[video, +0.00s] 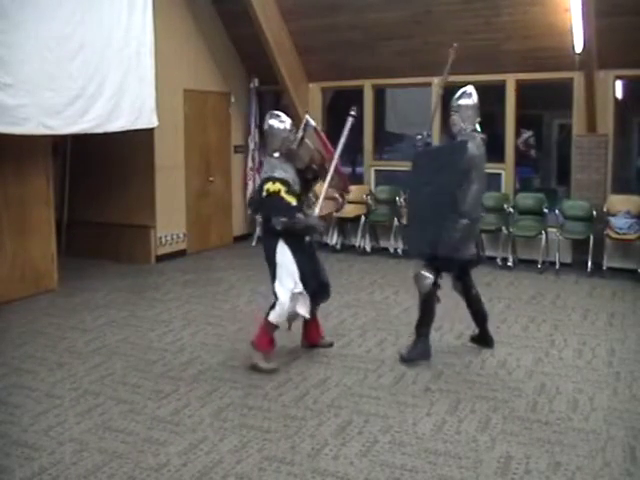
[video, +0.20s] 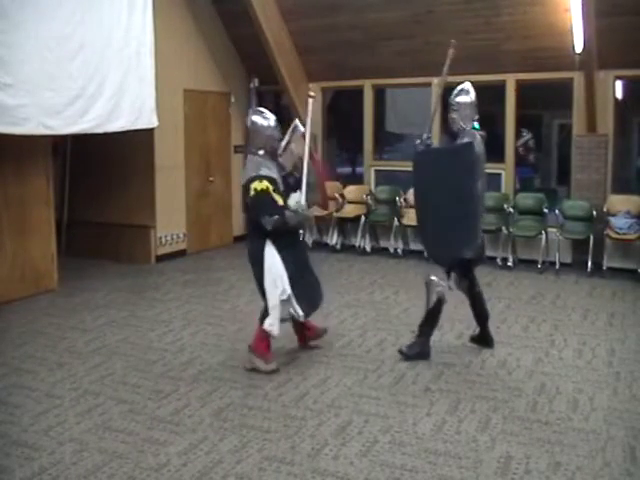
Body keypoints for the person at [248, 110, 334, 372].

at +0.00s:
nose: (310, 158)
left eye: (312, 154)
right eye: (306, 152)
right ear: (291, 150)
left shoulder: (293, 172)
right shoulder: (276, 176)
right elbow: (279, 216)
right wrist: (309, 223)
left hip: (297, 234)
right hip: (279, 237)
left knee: (313, 284)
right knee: (288, 289)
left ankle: (311, 333)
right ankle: (261, 343)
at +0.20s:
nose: (278, 142)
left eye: (277, 137)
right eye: (274, 138)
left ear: (261, 139)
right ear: (263, 140)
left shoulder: (272, 166)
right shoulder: (259, 175)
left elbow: (287, 190)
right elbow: (272, 220)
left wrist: (298, 160)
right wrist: (302, 216)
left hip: (281, 239)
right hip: (267, 244)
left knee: (294, 285)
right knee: (278, 293)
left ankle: (304, 328)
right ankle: (259, 346)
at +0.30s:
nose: (269, 136)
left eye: (268, 131)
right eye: (264, 131)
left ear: (259, 133)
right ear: (252, 133)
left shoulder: (265, 162)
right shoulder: (251, 170)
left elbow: (280, 188)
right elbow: (263, 215)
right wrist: (291, 211)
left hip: (274, 236)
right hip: (259, 240)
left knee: (285, 283)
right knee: (270, 288)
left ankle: (282, 330)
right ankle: (259, 342)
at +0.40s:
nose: (259, 132)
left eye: (259, 127)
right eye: (255, 127)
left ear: (249, 131)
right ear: (242, 131)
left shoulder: (254, 162)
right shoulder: (243, 170)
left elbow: (268, 188)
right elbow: (255, 212)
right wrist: (283, 204)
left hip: (260, 237)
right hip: (251, 241)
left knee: (264, 290)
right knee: (263, 293)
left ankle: (247, 337)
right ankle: (257, 351)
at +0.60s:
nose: (241, 134)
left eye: (241, 128)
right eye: (236, 129)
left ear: (226, 133)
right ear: (223, 133)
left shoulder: (233, 162)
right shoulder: (224, 170)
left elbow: (248, 189)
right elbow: (236, 212)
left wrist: (264, 196)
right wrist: (265, 203)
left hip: (234, 241)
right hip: (236, 244)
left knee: (222, 295)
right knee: (247, 295)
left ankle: (186, 337)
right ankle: (255, 354)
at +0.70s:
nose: (231, 139)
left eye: (231, 134)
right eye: (227, 134)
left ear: (213, 138)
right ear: (216, 137)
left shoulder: (219, 164)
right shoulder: (212, 171)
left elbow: (237, 187)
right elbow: (224, 214)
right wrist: (254, 203)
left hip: (221, 244)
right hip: (223, 246)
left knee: (206, 300)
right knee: (240, 297)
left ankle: (173, 349)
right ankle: (255, 355)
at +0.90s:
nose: (210, 129)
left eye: (206, 123)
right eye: (203, 124)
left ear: (188, 136)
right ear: (191, 132)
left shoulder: (193, 167)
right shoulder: (189, 171)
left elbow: (210, 200)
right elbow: (198, 212)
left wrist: (224, 203)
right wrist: (227, 208)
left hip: (182, 249)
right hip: (197, 249)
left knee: (177, 306)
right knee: (218, 298)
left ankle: (168, 365)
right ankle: (239, 354)